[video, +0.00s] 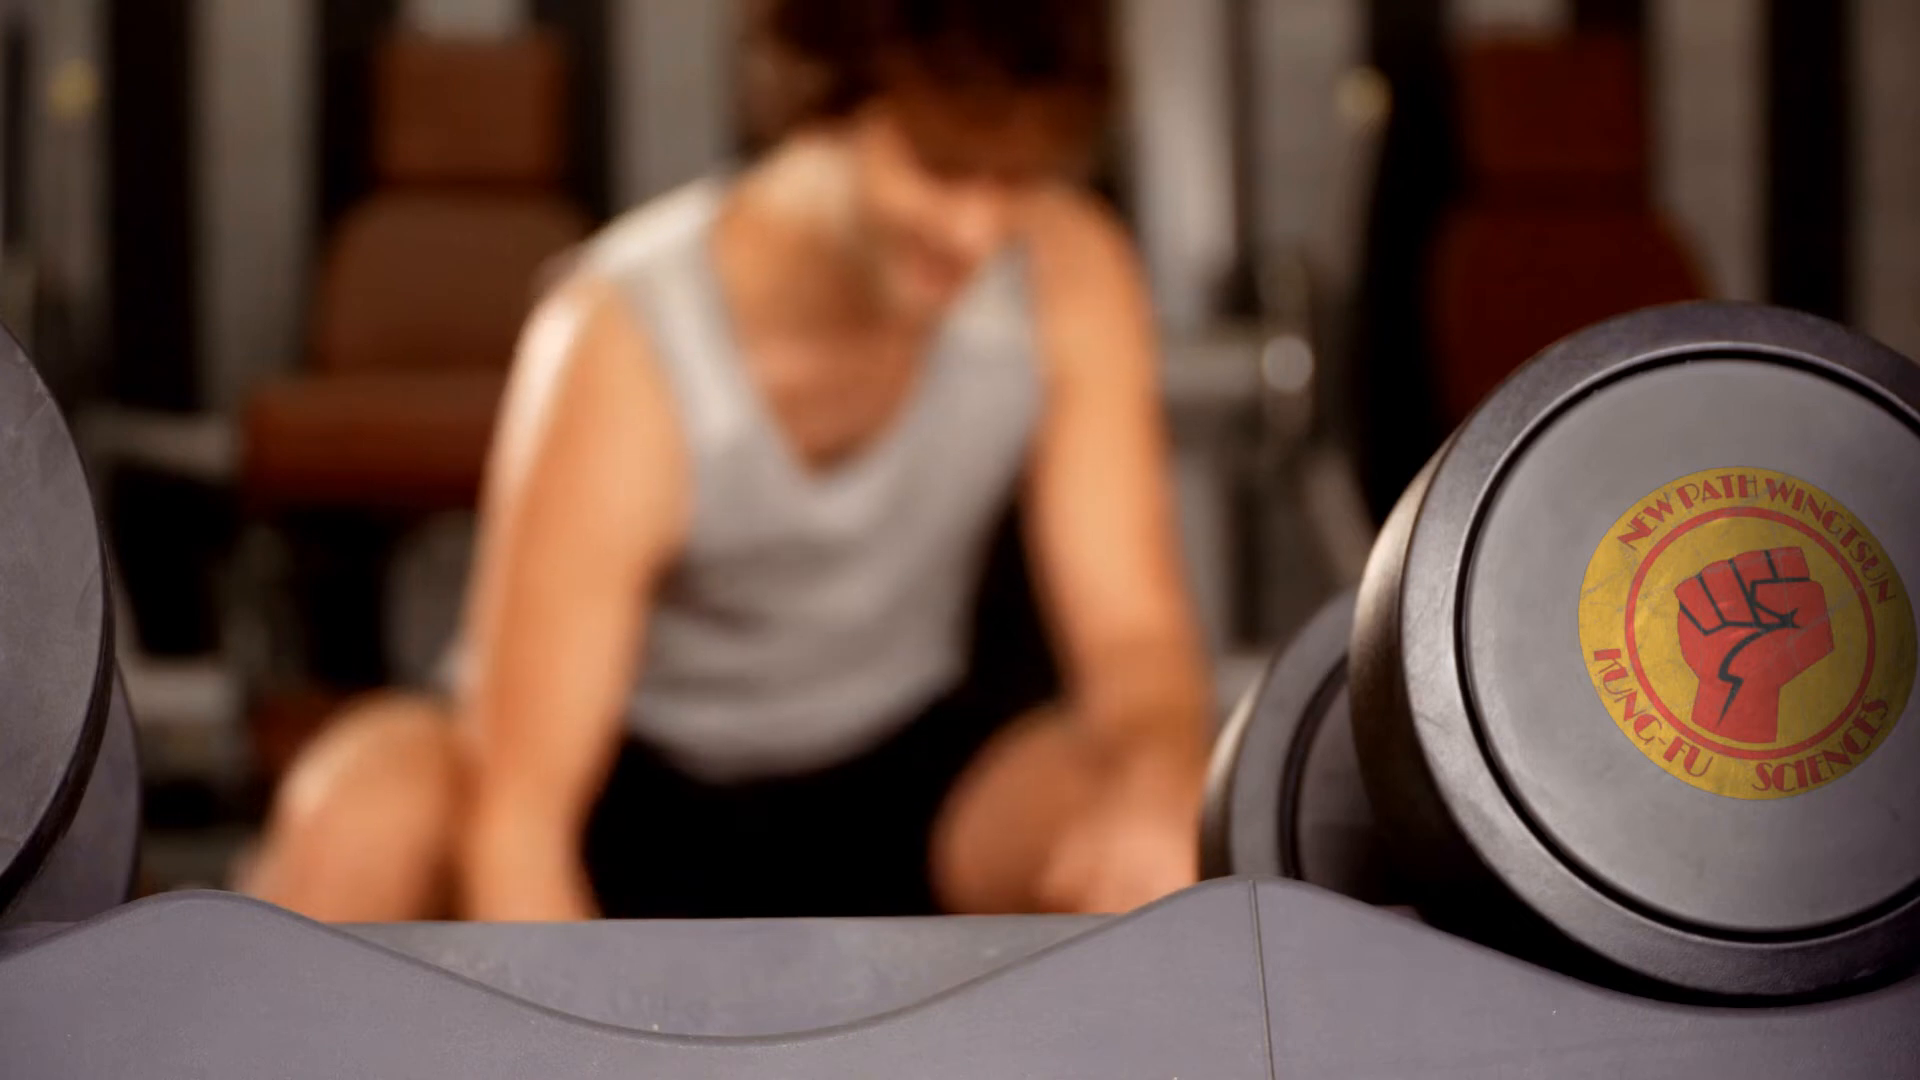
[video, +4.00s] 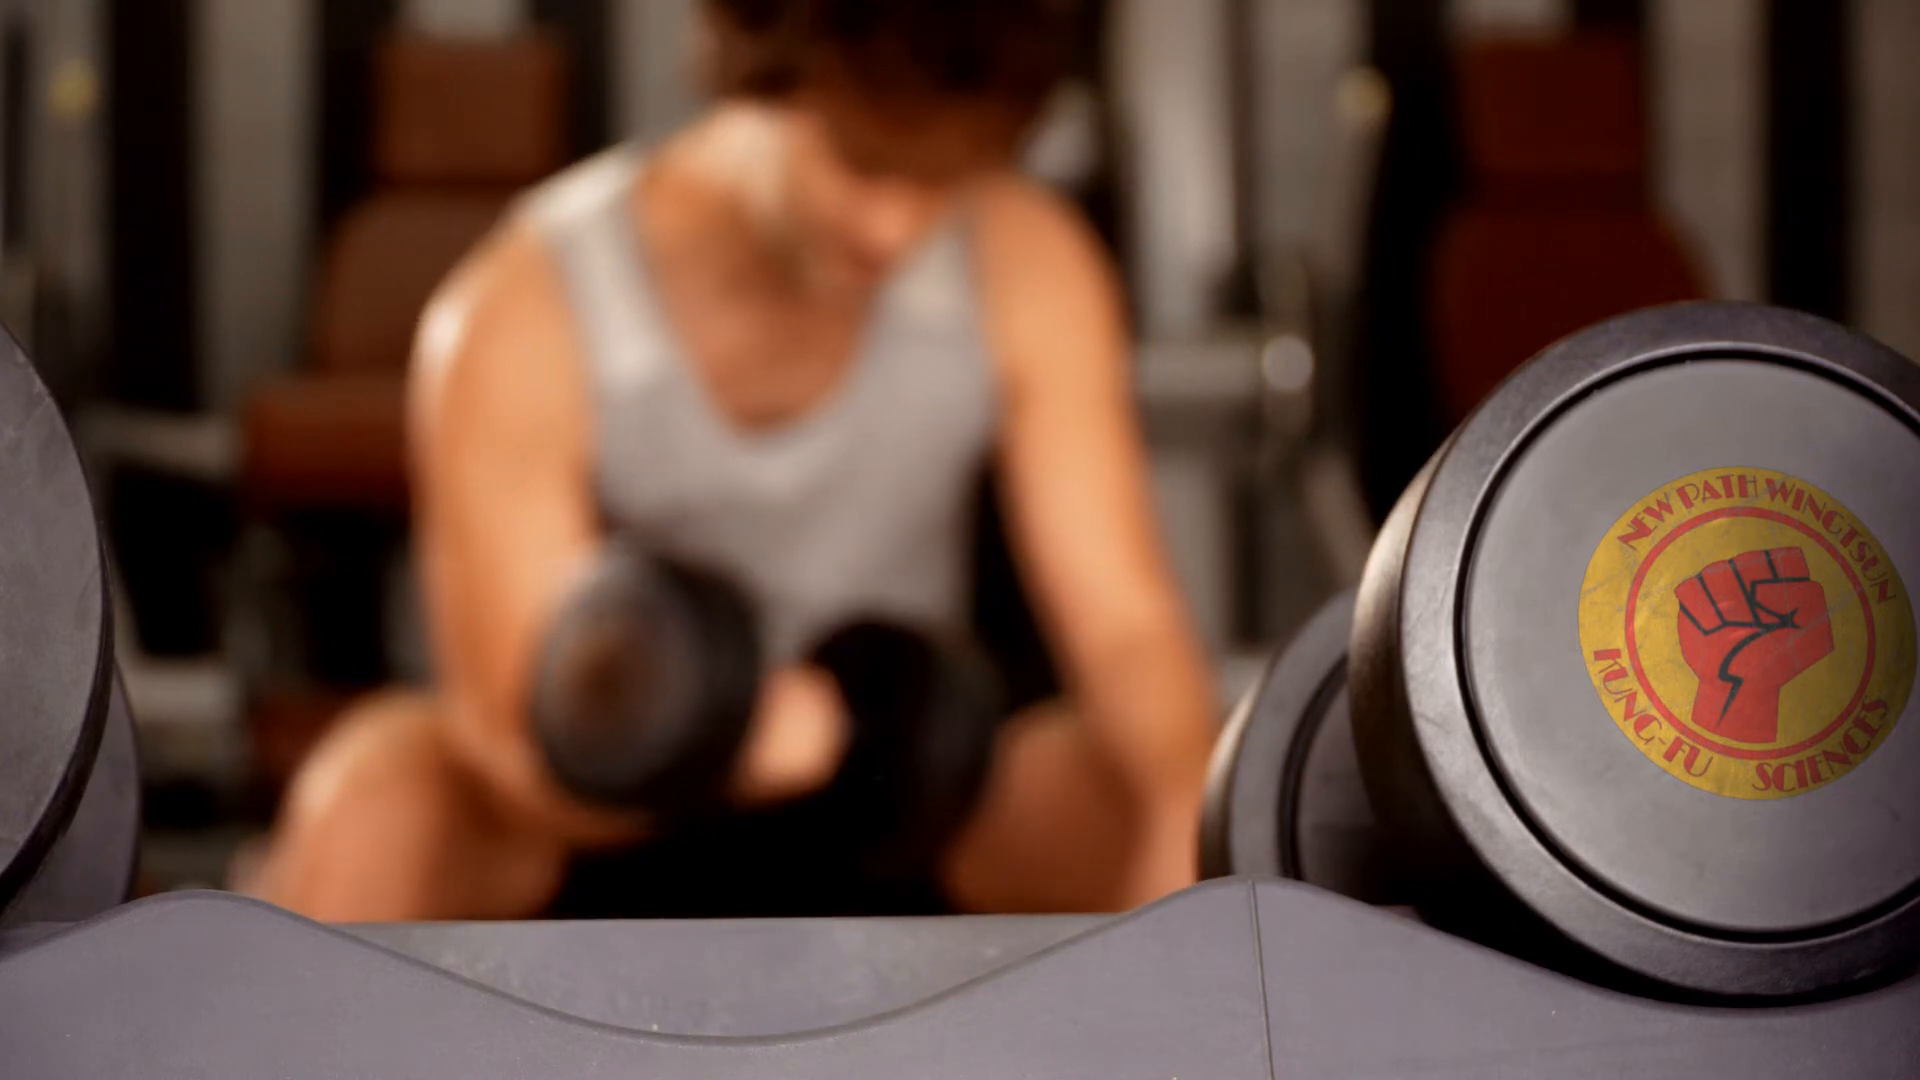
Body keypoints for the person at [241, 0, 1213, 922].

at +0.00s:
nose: (976, 231)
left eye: (1016, 182)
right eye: (938, 170)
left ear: (1056, 158)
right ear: (828, 113)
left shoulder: (1064, 270)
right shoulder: (623, 333)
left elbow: (1135, 651)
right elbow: (520, 815)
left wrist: (1152, 814)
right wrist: (594, 1063)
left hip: (898, 783)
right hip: (623, 793)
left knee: (1153, 824)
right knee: (362, 797)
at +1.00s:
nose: (932, 299)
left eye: (982, 262)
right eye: (906, 242)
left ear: (1041, 219)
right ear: (825, 137)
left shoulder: (1058, 263)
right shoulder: (604, 313)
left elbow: (1132, 641)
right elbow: (510, 749)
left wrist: (1169, 837)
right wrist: (672, 954)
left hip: (904, 773)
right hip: (628, 786)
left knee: (1189, 811)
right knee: (365, 788)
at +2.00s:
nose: (885, 277)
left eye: (930, 239)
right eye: (858, 223)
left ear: (985, 185)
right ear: (769, 128)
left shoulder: (1018, 257)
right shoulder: (517, 316)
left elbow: (1125, 635)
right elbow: (511, 748)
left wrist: (1181, 840)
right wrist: (750, 717)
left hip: (887, 783)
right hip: (596, 797)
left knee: (1182, 801)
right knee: (357, 798)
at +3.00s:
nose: (918, 311)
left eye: (967, 265)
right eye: (888, 248)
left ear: (1021, 221)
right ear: (793, 153)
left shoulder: (1044, 267)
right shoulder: (590, 366)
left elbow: (1135, 647)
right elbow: (521, 832)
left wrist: (1202, 857)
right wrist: (532, 1078)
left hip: (902, 785)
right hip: (623, 801)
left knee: (1194, 811)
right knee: (356, 797)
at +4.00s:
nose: (899, 229)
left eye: (944, 180)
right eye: (864, 166)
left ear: (998, 140)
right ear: (764, 78)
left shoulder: (1019, 254)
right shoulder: (520, 311)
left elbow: (1125, 627)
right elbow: (528, 753)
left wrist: (1187, 833)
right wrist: (824, 725)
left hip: (888, 803)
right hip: (607, 811)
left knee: (1189, 794)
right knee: (374, 787)